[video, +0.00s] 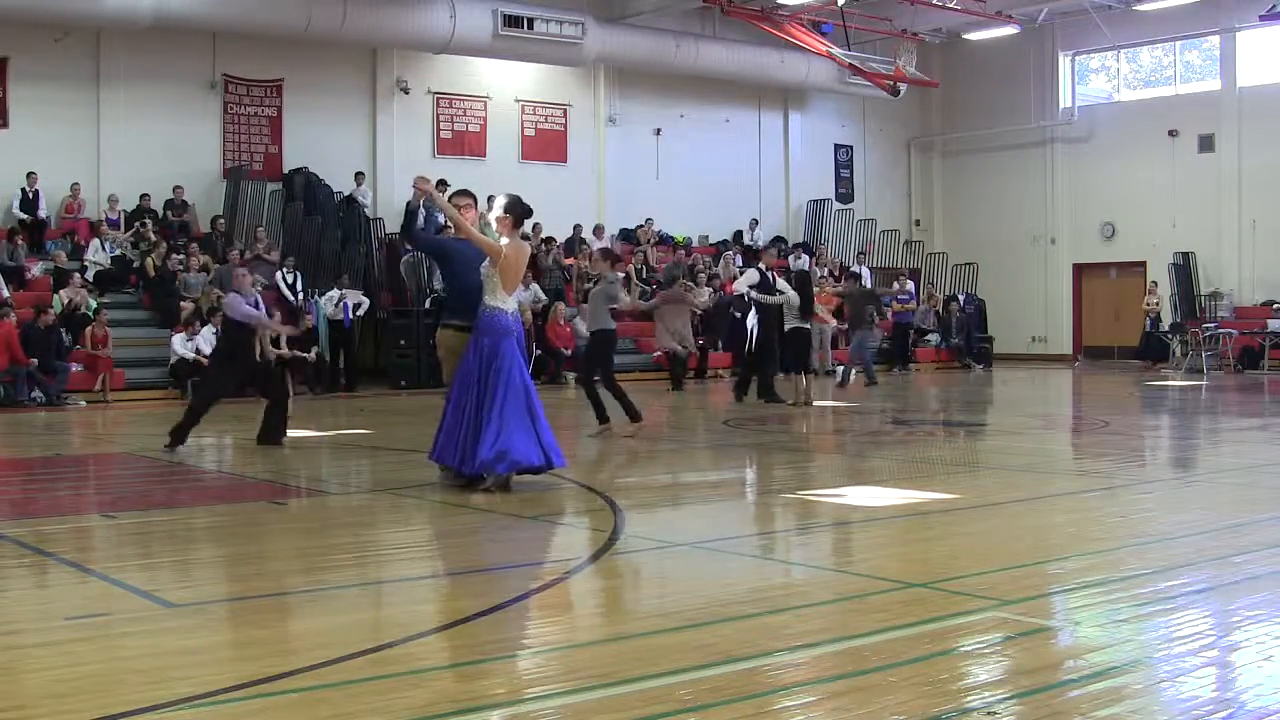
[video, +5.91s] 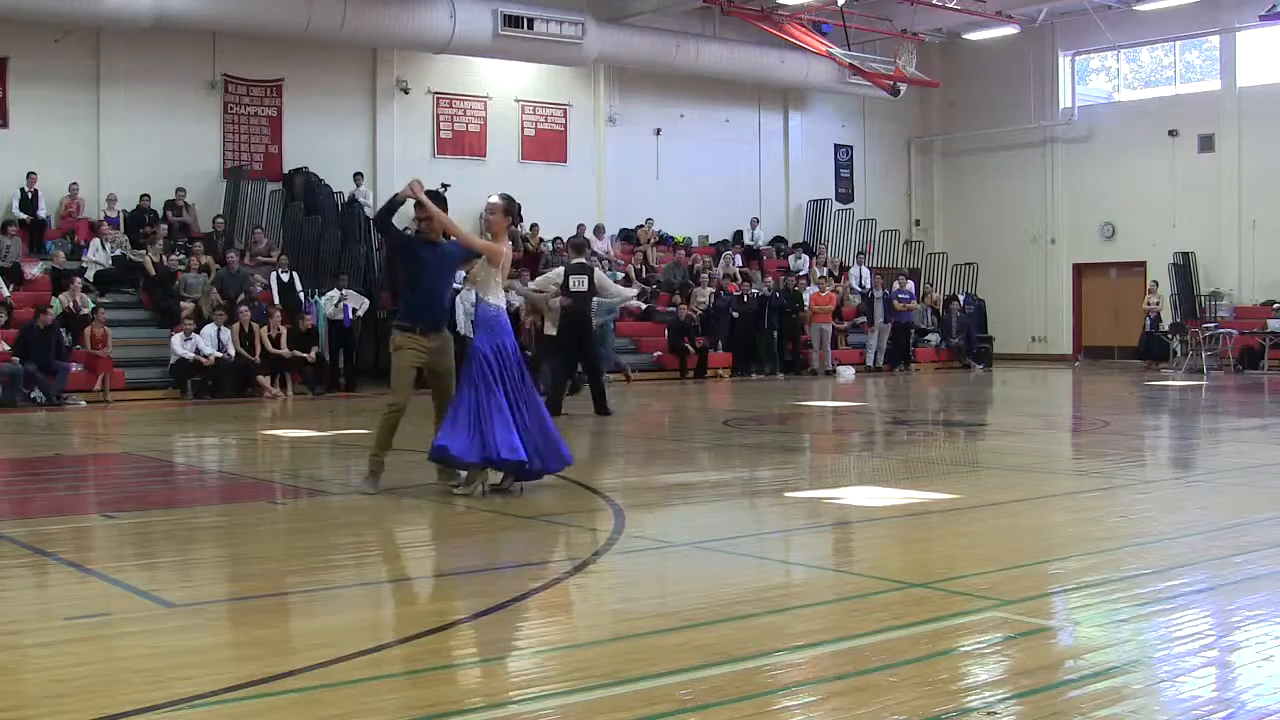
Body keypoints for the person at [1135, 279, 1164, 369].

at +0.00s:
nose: (1151, 289)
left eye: (1153, 287)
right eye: (1150, 287)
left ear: (1156, 288)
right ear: (1148, 288)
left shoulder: (1160, 297)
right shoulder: (1147, 297)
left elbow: (1159, 308)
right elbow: (1143, 307)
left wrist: (1148, 309)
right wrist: (1153, 308)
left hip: (1156, 317)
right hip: (1148, 318)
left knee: (1156, 337)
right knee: (1147, 337)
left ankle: (1154, 359)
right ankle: (1146, 360)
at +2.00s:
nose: (1153, 287)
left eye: (1154, 286)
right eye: (1152, 286)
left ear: (1158, 287)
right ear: (1151, 287)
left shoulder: (1160, 296)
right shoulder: (1148, 296)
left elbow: (1161, 308)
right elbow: (1145, 306)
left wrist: (1150, 309)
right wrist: (1156, 307)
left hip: (1157, 318)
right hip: (1149, 318)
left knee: (1156, 338)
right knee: (1149, 337)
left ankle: (1156, 360)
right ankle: (1150, 360)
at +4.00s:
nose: (1151, 288)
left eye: (1153, 286)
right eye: (1150, 286)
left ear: (1157, 287)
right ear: (1149, 287)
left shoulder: (1159, 296)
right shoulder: (1147, 296)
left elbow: (1160, 308)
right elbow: (1143, 306)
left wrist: (1149, 308)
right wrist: (1153, 307)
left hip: (1156, 318)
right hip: (1148, 318)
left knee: (1156, 338)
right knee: (1148, 337)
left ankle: (1156, 361)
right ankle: (1149, 360)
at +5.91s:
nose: (1151, 288)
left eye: (1153, 286)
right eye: (1150, 286)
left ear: (1157, 287)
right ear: (1149, 287)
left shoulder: (1160, 297)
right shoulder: (1147, 297)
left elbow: (1160, 308)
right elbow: (1144, 306)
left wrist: (1149, 308)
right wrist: (1155, 307)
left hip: (1157, 318)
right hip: (1149, 318)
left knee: (1156, 339)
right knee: (1147, 338)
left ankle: (1155, 361)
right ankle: (1148, 361)